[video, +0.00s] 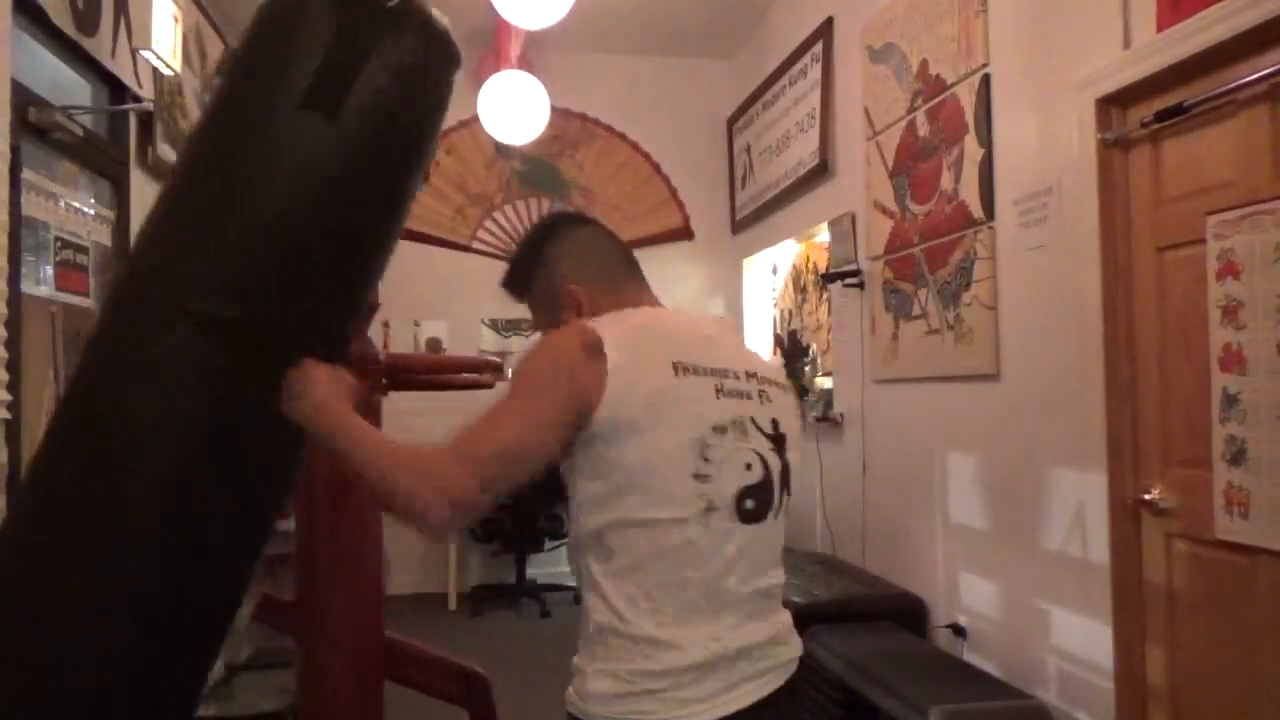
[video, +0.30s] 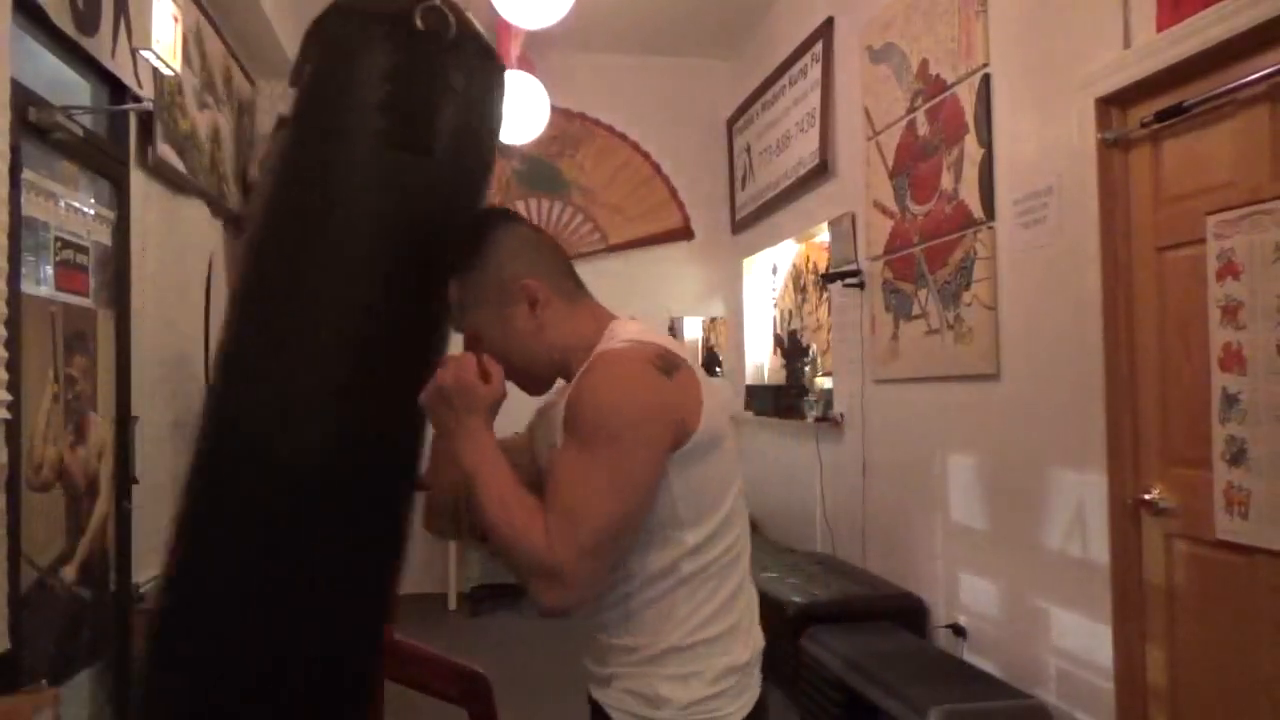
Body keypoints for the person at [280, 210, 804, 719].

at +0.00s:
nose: (541, 344)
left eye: (540, 325)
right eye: (536, 329)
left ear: (574, 300)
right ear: (639, 285)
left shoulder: (585, 352)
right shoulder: (746, 355)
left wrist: (327, 413)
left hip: (642, 698)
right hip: (774, 679)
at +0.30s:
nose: (480, 360)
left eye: (477, 336)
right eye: (470, 342)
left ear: (531, 302)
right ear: (535, 301)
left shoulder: (627, 380)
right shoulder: (593, 379)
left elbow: (562, 579)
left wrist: (467, 432)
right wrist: (456, 431)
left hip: (676, 703)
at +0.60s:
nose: (539, 339)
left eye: (539, 315)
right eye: (532, 318)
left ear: (593, 286)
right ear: (596, 282)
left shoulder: (647, 371)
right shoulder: (697, 339)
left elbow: (574, 573)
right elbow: (570, 512)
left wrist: (496, 431)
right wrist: (547, 362)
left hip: (700, 699)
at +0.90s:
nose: (686, 349)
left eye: (687, 331)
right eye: (680, 334)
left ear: (744, 304)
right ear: (745, 304)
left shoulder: (813, 387)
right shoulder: (794, 379)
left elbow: (770, 573)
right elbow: (714, 522)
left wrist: (636, 504)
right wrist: (694, 397)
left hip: (819, 698)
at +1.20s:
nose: (741, 333)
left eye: (739, 313)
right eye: (733, 318)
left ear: (788, 289)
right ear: (794, 286)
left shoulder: (828, 350)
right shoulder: (888, 343)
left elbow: (795, 534)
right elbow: (777, 504)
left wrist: (661, 450)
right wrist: (760, 390)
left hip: (872, 694)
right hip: (939, 684)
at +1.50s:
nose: (695, 335)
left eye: (702, 311)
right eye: (688, 315)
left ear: (773, 288)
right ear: (774, 291)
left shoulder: (878, 381)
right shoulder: (782, 397)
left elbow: (781, 569)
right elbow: (701, 541)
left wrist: (695, 402)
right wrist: (689, 401)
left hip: (921, 702)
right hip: (837, 671)